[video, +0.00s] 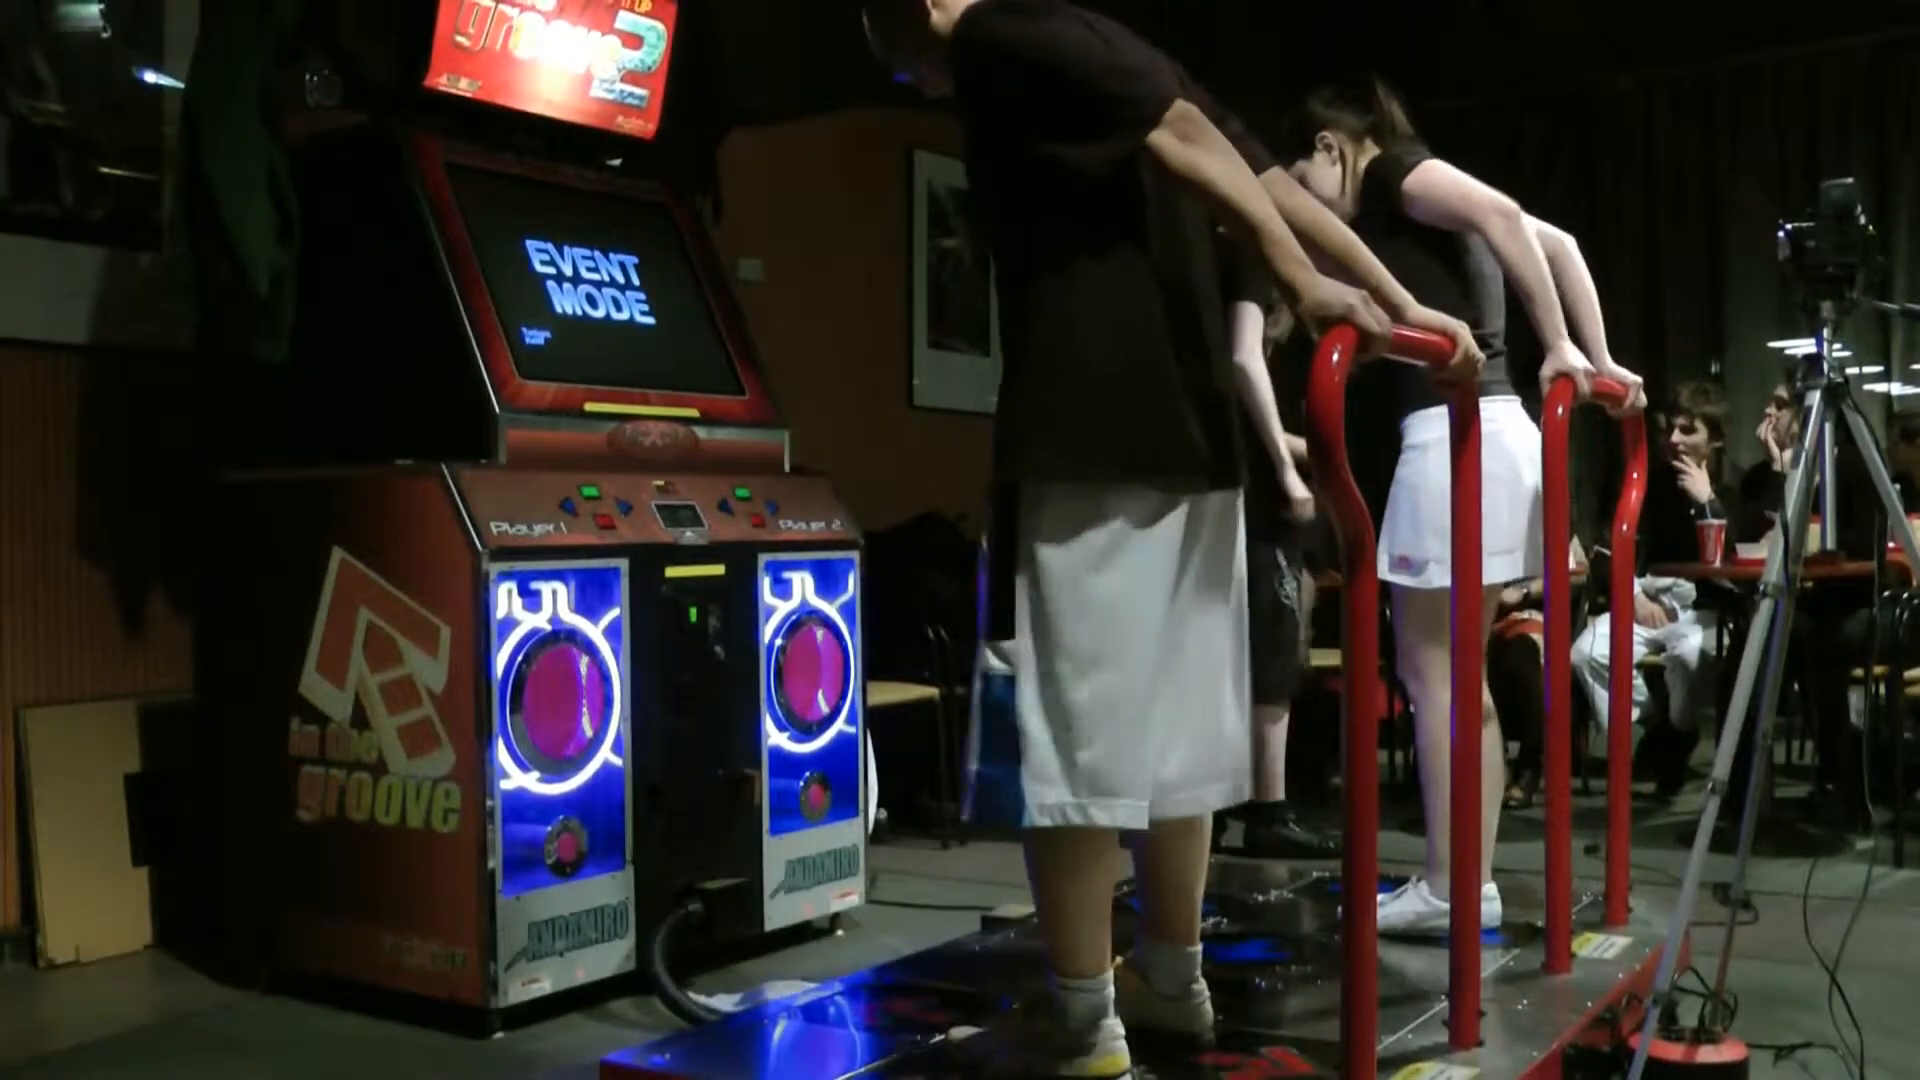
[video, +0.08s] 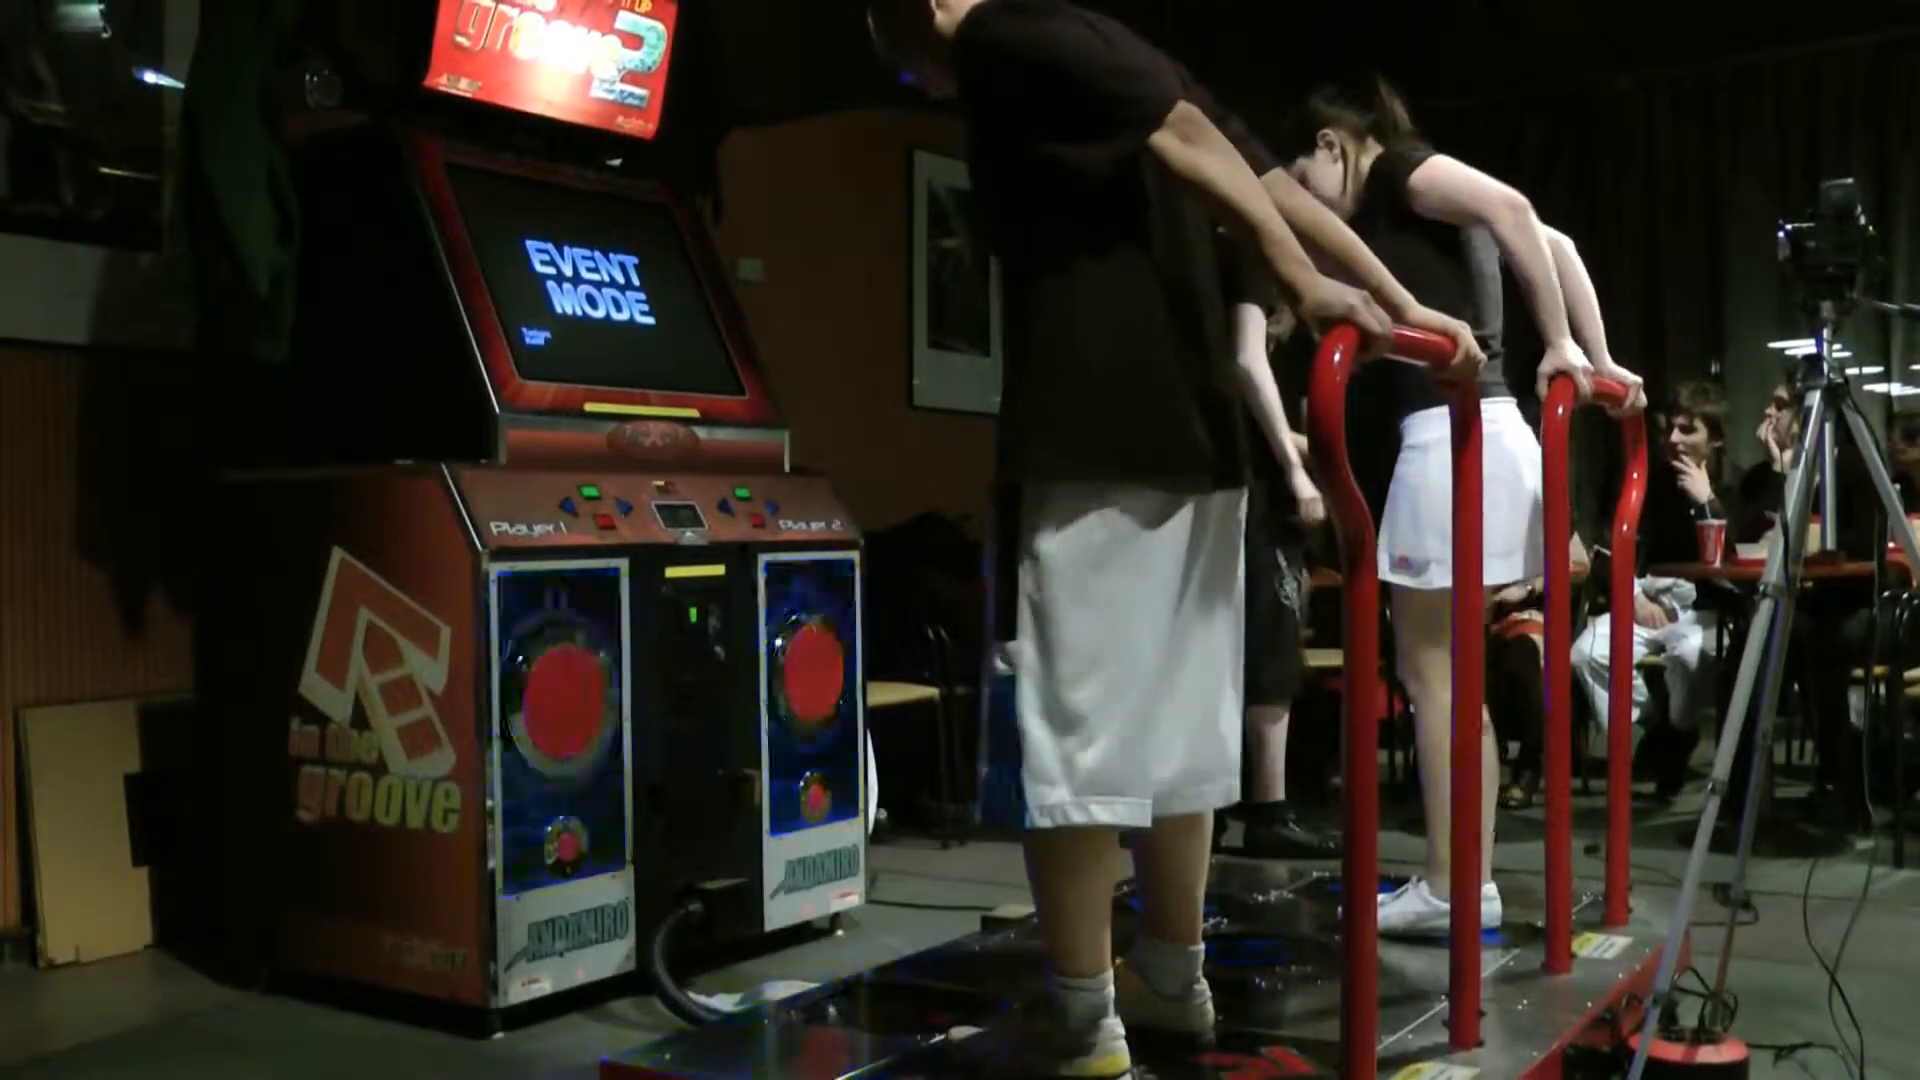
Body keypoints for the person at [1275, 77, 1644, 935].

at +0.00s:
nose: (1313, 179)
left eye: (1312, 162)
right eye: (1308, 166)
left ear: (1338, 141)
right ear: (1384, 134)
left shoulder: (1398, 176)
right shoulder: (1441, 187)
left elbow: (1506, 219)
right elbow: (1559, 242)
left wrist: (1555, 344)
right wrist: (1600, 357)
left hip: (1452, 438)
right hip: (1497, 434)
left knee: (1433, 669)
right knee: (1465, 672)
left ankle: (1448, 888)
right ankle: (1473, 885)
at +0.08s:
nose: (1310, 183)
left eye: (1310, 163)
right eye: (1304, 169)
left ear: (1340, 142)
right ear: (1372, 140)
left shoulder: (1404, 174)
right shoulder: (1440, 189)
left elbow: (1512, 210)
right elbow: (1561, 249)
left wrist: (1555, 342)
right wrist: (1600, 359)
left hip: (1450, 441)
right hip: (1493, 439)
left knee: (1431, 668)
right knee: (1459, 675)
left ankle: (1449, 889)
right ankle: (1473, 885)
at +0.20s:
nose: (1311, 179)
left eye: (1312, 158)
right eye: (1305, 164)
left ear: (1346, 138)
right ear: (1370, 138)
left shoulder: (1411, 175)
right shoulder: (1429, 193)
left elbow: (1522, 211)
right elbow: (1558, 250)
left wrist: (1557, 345)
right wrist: (1600, 362)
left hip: (1445, 444)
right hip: (1464, 442)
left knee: (1426, 668)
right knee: (1428, 666)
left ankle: (1451, 887)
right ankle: (1460, 876)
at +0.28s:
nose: (1311, 172)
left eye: (1314, 153)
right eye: (1307, 157)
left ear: (1347, 133)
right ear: (1373, 131)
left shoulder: (1419, 175)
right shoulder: (1423, 192)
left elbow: (1525, 210)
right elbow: (1557, 252)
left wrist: (1558, 348)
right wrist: (1601, 361)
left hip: (1442, 443)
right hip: (1439, 444)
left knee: (1423, 665)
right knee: (1414, 665)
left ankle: (1450, 885)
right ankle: (1452, 869)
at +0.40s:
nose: (1301, 168)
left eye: (1305, 148)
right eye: (1296, 153)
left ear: (1346, 128)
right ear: (1356, 132)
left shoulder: (1416, 175)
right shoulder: (1412, 191)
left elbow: (1522, 212)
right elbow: (1549, 250)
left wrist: (1557, 350)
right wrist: (1600, 361)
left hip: (1438, 438)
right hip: (1427, 440)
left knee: (1424, 665)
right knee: (1406, 664)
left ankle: (1440, 884)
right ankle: (1422, 872)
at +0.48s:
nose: (1297, 160)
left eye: (1300, 141)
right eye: (1292, 146)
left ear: (1342, 125)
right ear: (1357, 130)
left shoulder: (1407, 173)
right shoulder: (1405, 189)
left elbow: (1516, 213)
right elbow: (1537, 248)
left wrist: (1555, 351)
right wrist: (1598, 356)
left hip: (1431, 437)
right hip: (1414, 437)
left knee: (1424, 662)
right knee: (1393, 661)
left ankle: (1442, 886)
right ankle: (1396, 872)